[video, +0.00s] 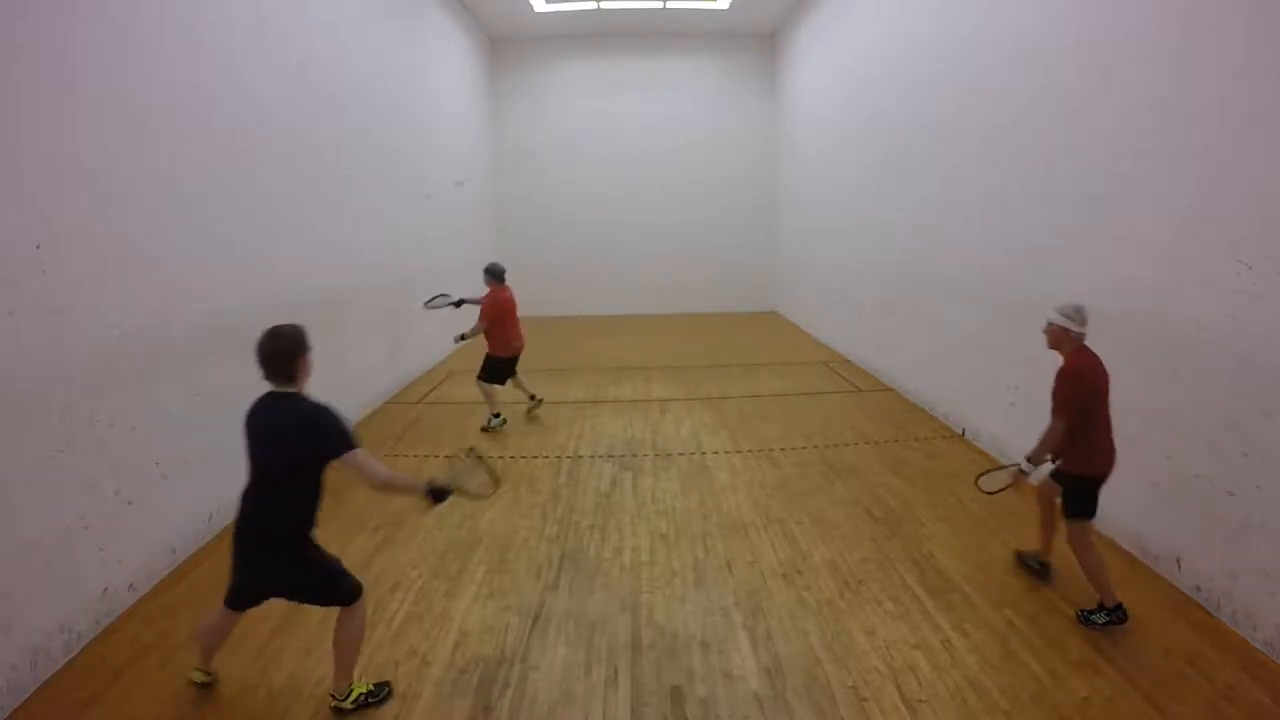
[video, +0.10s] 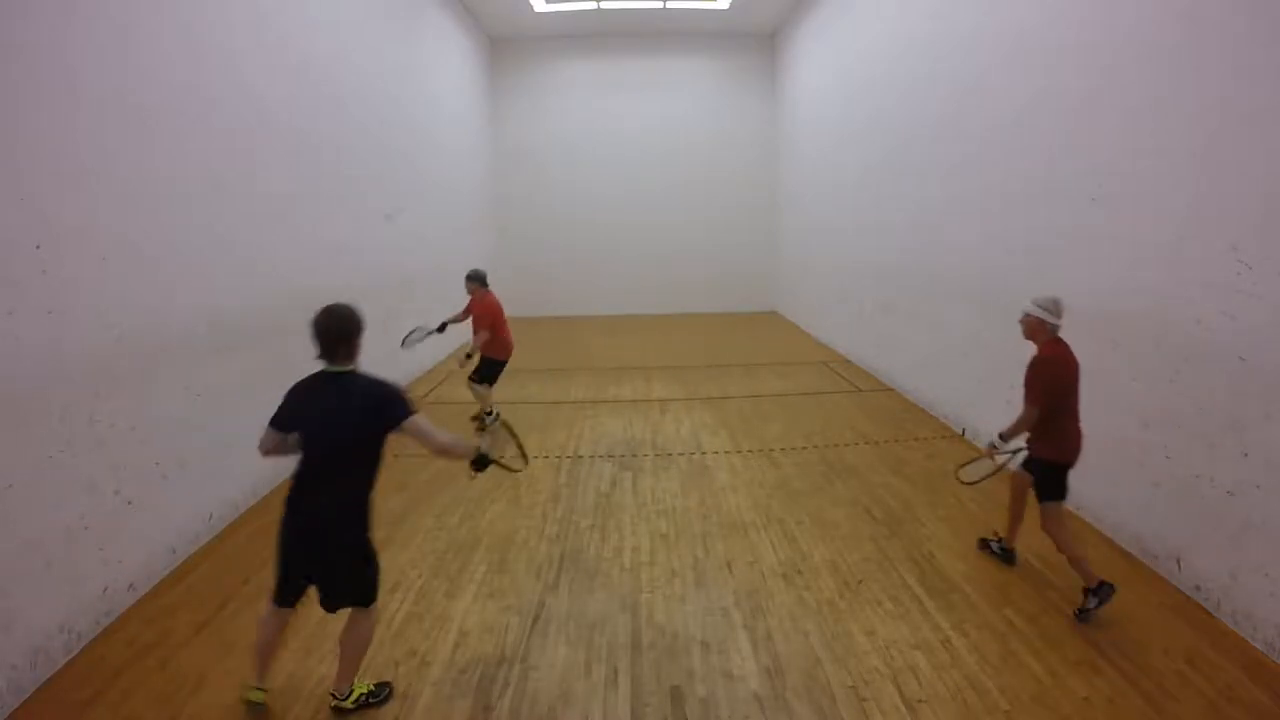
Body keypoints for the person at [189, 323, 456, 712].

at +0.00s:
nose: (310, 360)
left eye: (307, 353)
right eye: (308, 355)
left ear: (266, 366)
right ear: (304, 364)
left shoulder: (258, 412)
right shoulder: (317, 417)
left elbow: (269, 471)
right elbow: (377, 476)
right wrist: (427, 488)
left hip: (249, 541)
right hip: (290, 547)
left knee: (233, 606)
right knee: (352, 597)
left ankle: (201, 668)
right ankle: (343, 690)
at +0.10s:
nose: (355, 341)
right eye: (356, 334)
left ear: (318, 343)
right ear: (358, 341)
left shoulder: (304, 391)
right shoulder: (379, 394)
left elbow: (268, 446)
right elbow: (438, 442)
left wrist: (313, 439)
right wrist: (476, 452)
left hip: (300, 518)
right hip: (346, 523)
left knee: (282, 600)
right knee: (364, 605)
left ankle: (256, 685)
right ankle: (343, 691)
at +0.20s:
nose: (403, 312)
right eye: (406, 305)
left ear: (367, 310)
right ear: (408, 310)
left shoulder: (347, 359)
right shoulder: (425, 361)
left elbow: (292, 399)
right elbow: (461, 416)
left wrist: (342, 430)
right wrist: (485, 457)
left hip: (366, 487)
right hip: (411, 489)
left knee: (366, 590)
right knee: (400, 592)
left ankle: (357, 679)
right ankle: (363, 673)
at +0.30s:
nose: (458, 302)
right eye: (460, 295)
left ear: (421, 300)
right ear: (462, 300)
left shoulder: (398, 348)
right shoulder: (477, 353)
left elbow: (345, 392)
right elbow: (495, 418)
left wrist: (372, 450)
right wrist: (520, 476)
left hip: (424, 485)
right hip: (472, 483)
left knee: (452, 593)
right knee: (476, 580)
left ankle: (465, 696)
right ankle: (444, 658)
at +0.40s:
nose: (517, 321)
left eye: (507, 313)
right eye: (519, 315)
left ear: (477, 317)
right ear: (516, 320)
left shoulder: (450, 369)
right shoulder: (536, 372)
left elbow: (415, 430)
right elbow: (560, 438)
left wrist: (430, 488)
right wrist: (579, 496)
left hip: (487, 504)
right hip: (537, 498)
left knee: (513, 612)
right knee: (559, 568)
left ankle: (533, 708)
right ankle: (579, 656)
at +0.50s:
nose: (558, 336)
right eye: (566, 327)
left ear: (532, 334)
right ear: (570, 332)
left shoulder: (512, 386)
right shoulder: (592, 382)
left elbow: (499, 460)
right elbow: (636, 445)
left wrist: (530, 479)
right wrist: (654, 493)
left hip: (547, 515)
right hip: (596, 505)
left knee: (538, 623)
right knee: (638, 559)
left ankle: (542, 712)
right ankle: (692, 621)